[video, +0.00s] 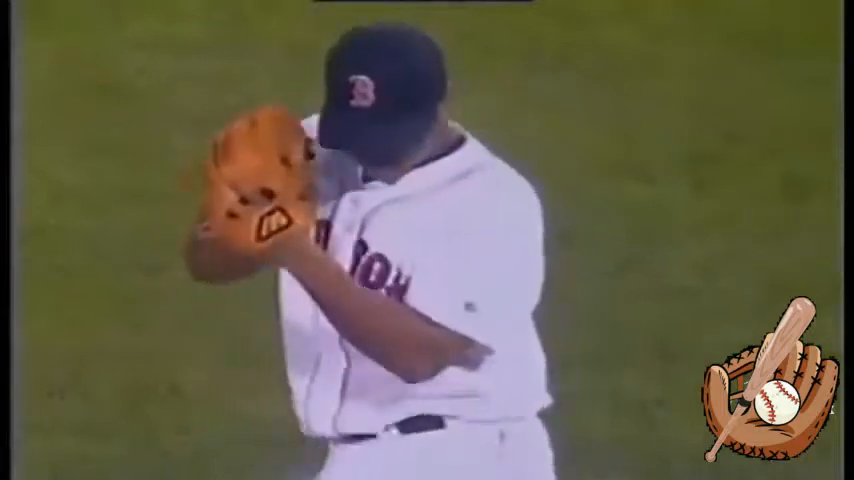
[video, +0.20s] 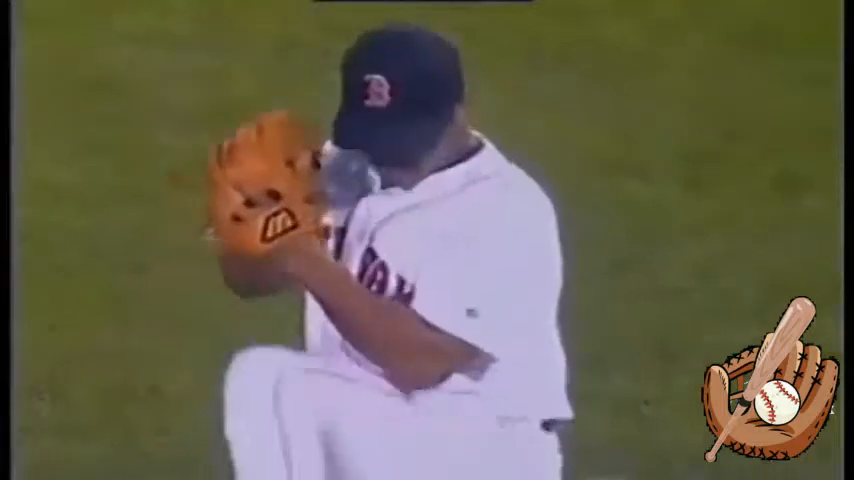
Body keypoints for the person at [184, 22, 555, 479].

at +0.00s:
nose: (372, 158)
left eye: (389, 142)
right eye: (356, 141)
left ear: (437, 111)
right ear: (338, 112)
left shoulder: (499, 200)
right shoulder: (307, 151)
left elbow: (418, 355)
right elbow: (204, 261)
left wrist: (296, 252)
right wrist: (257, 217)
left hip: (475, 451)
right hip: (352, 455)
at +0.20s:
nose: (388, 161)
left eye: (407, 145)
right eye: (374, 143)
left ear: (455, 116)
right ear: (355, 118)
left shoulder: (511, 210)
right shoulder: (348, 172)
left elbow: (417, 364)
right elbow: (250, 280)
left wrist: (302, 259)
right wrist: (249, 215)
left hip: (498, 446)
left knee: (288, 392)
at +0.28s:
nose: (394, 162)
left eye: (412, 144)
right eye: (378, 144)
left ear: (459, 118)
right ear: (358, 122)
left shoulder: (514, 216)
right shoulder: (349, 169)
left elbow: (441, 377)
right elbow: (283, 300)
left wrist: (309, 285)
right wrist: (260, 246)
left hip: (496, 447)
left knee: (253, 393)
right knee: (240, 388)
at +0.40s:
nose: (405, 186)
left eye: (424, 166)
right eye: (386, 166)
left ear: (466, 140)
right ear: (366, 146)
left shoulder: (517, 241)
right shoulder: (358, 198)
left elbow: (489, 420)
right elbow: (339, 318)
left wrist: (331, 367)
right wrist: (275, 329)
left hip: (504, 465)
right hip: (379, 458)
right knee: (231, 476)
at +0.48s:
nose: (425, 194)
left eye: (442, 178)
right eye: (402, 181)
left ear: (469, 162)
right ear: (366, 170)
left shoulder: (517, 263)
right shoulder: (354, 227)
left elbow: (525, 445)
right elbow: (341, 360)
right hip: (410, 467)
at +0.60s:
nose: (431, 249)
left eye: (446, 229)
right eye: (407, 234)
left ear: (462, 212)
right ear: (359, 229)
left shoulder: (511, 319)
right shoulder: (335, 296)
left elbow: (552, 468)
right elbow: (353, 419)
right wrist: (342, 463)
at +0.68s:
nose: (427, 292)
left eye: (441, 269)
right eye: (401, 278)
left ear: (457, 252)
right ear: (355, 272)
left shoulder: (509, 346)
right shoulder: (327, 335)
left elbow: (565, 468)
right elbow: (336, 446)